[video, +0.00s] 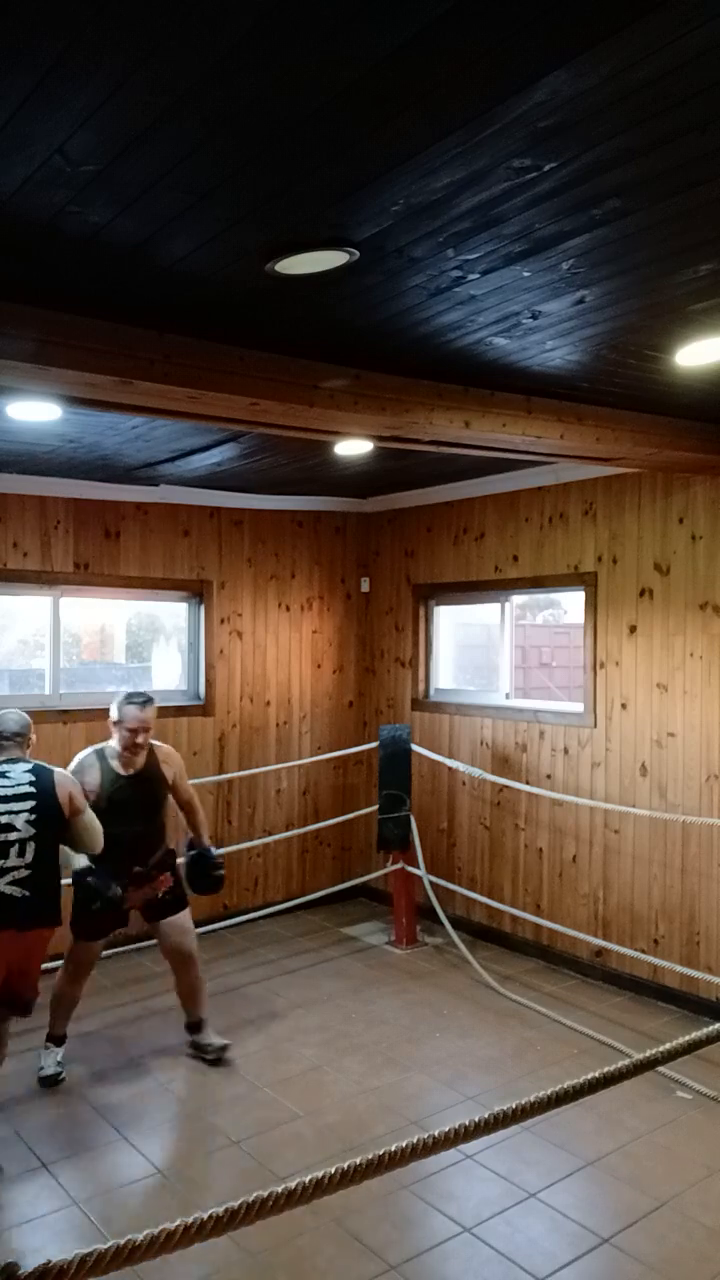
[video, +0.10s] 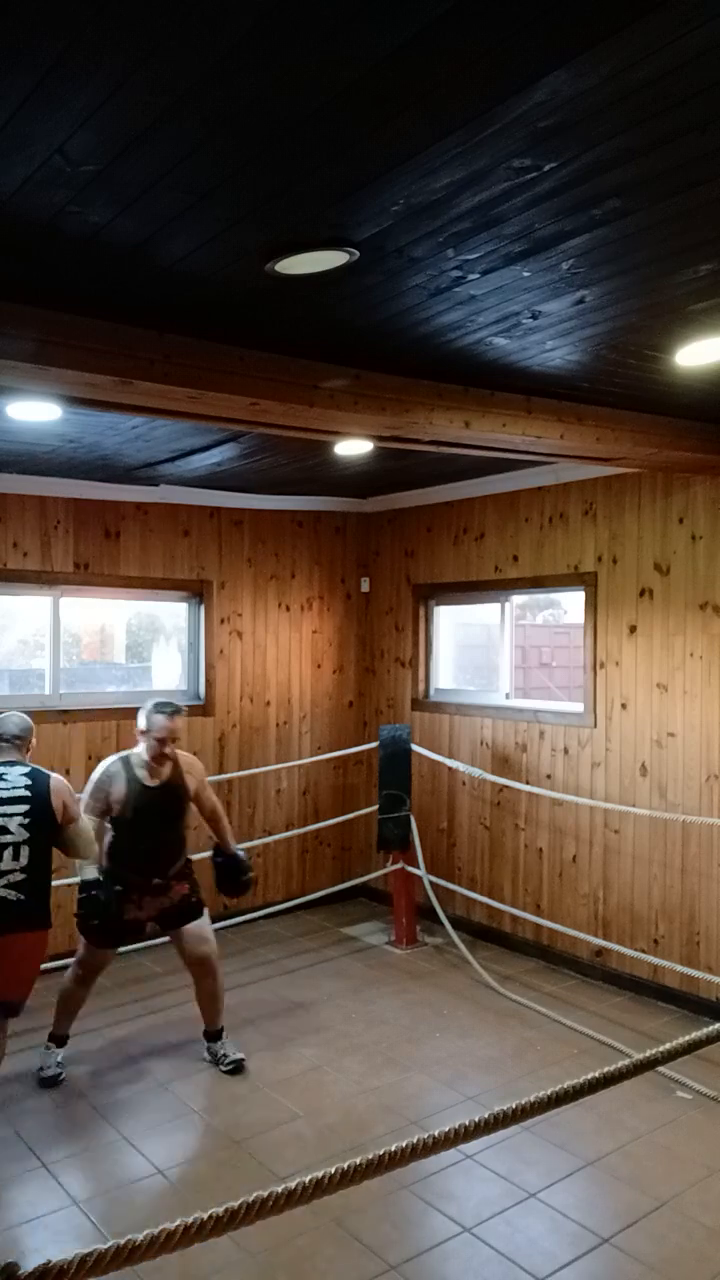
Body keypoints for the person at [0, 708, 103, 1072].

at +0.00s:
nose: (37, 742)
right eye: (36, 737)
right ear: (30, 740)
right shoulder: (56, 782)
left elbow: (92, 842)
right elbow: (94, 843)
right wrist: (48, 826)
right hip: (31, 921)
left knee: (7, 1019)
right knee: (4, 1021)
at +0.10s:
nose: (36, 747)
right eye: (35, 742)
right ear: (29, 744)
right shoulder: (50, 786)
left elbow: (86, 850)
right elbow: (85, 850)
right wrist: (39, 825)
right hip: (25, 926)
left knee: (7, 1020)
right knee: (5, 1020)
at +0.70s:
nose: (69, 749)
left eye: (72, 742)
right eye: (69, 740)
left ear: (38, 729)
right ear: (51, 735)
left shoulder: (9, 756)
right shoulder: (35, 769)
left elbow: (73, 806)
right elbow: (32, 834)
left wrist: (61, 815)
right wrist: (67, 821)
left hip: (9, 889)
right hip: (19, 894)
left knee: (32, 970)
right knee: (33, 971)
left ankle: (8, 1060)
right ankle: (7, 1063)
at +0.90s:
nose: (95, 750)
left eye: (98, 743)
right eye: (91, 742)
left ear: (68, 736)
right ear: (69, 736)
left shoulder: (36, 757)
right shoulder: (49, 771)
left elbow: (44, 822)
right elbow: (56, 838)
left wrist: (80, 798)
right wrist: (98, 813)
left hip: (21, 888)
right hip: (33, 894)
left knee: (35, 975)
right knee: (45, 978)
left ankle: (7, 1048)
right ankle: (9, 1063)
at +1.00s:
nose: (107, 743)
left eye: (110, 736)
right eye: (103, 736)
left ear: (92, 730)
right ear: (81, 729)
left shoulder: (76, 756)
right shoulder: (56, 760)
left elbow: (73, 806)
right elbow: (58, 826)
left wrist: (101, 794)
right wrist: (102, 806)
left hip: (65, 880)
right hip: (39, 885)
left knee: (78, 941)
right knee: (44, 970)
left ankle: (50, 1032)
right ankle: (9, 1060)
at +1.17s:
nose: (124, 744)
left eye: (128, 738)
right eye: (119, 737)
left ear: (126, 736)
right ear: (99, 732)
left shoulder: (109, 762)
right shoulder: (70, 762)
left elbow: (101, 806)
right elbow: (53, 818)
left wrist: (130, 795)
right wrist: (106, 811)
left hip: (93, 880)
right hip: (65, 884)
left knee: (104, 948)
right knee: (84, 963)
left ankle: (80, 1032)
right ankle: (23, 1046)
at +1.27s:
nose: (133, 745)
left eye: (138, 738)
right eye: (128, 737)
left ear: (139, 735)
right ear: (107, 729)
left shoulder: (126, 758)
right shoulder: (78, 759)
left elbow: (126, 804)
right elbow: (46, 812)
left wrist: (148, 796)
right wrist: (96, 812)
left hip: (107, 875)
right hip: (77, 877)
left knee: (109, 958)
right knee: (107, 961)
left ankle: (80, 1032)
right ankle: (51, 1039)